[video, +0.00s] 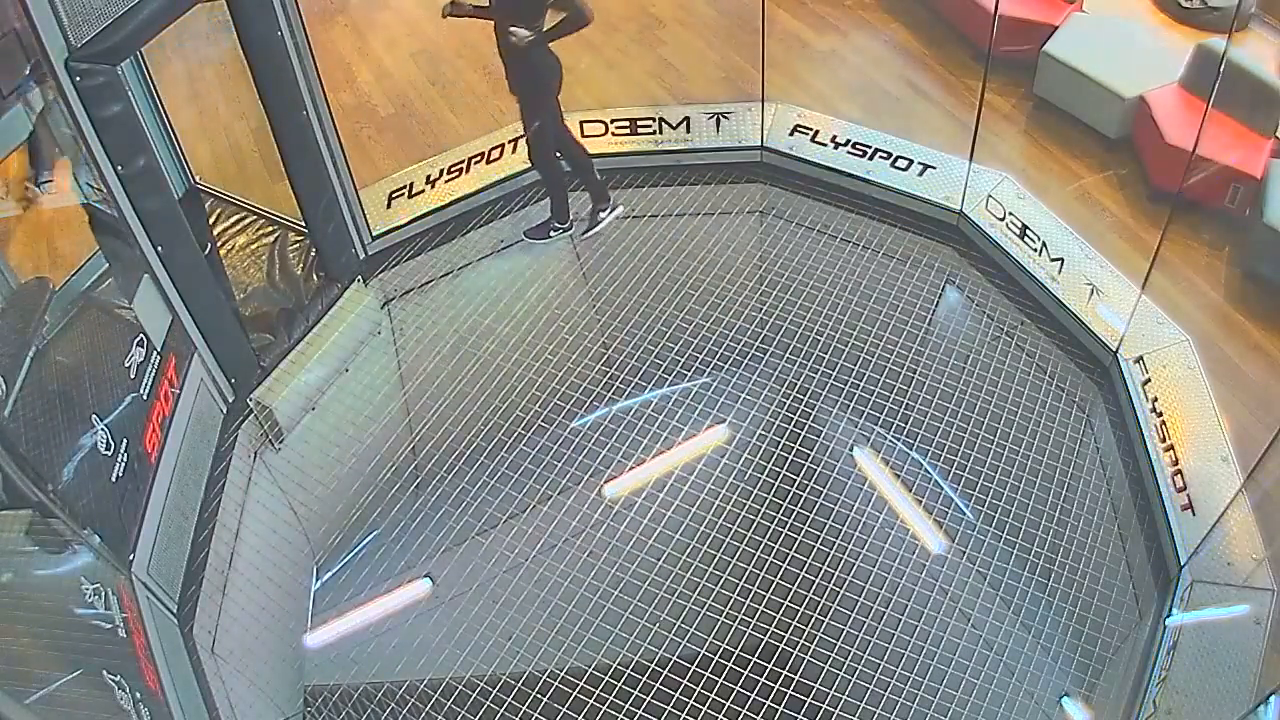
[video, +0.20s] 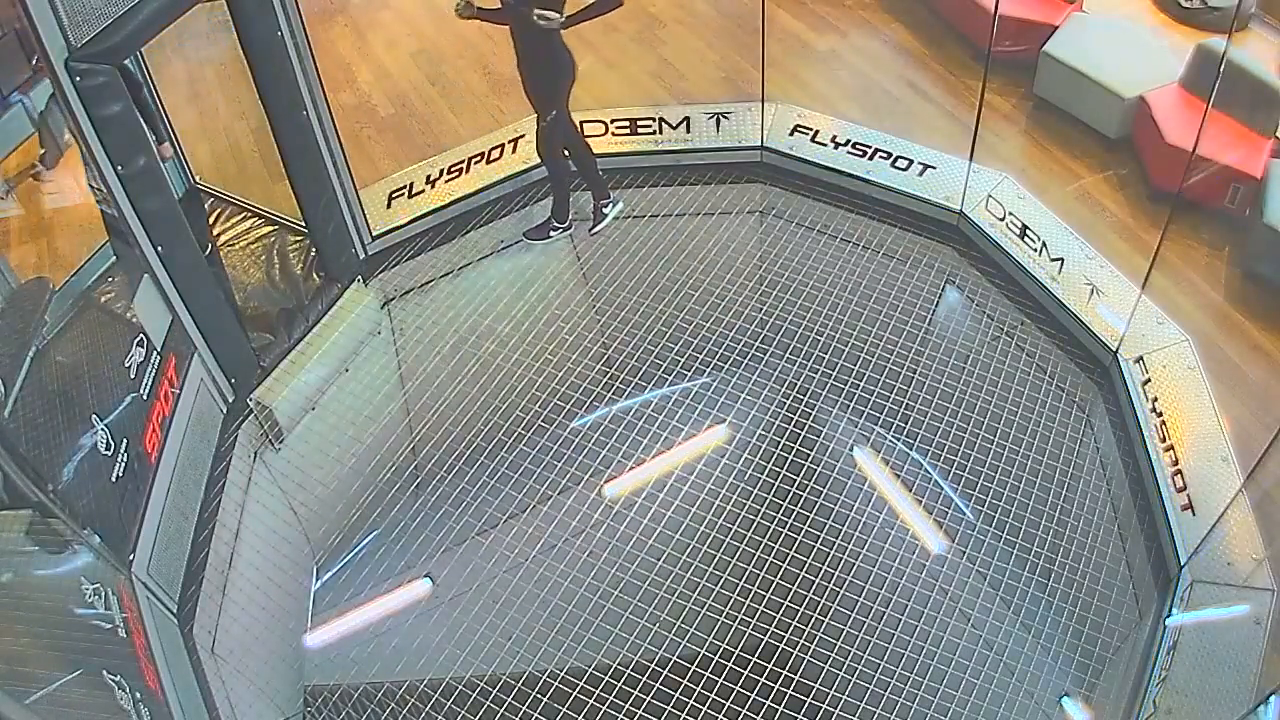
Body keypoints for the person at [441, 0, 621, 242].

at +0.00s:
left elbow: (582, 15)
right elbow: (508, 12)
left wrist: (535, 38)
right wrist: (468, 10)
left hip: (537, 72)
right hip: (523, 71)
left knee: (540, 151)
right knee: (562, 140)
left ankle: (561, 219)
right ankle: (603, 202)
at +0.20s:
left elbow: (613, 2)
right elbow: (511, 13)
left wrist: (566, 22)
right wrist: (476, 12)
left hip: (554, 64)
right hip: (529, 66)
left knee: (548, 147)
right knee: (570, 137)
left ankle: (561, 220)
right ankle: (605, 199)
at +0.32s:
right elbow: (512, 16)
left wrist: (577, 16)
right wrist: (481, 7)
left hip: (563, 62)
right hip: (535, 66)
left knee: (555, 143)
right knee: (574, 134)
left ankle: (559, 219)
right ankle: (606, 200)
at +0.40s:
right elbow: (509, 19)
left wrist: (581, 12)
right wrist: (482, 6)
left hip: (566, 62)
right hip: (538, 66)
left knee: (559, 140)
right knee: (575, 133)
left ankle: (559, 221)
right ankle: (608, 201)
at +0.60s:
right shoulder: (496, 2)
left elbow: (606, 0)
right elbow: (488, 25)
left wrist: (569, 11)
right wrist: (461, 14)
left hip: (562, 61)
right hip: (531, 67)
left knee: (560, 138)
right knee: (571, 133)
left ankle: (559, 222)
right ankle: (608, 201)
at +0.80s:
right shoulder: (479, 1)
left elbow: (598, 1)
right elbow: (463, 28)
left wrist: (554, 5)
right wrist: (428, 33)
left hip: (548, 65)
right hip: (517, 71)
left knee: (552, 144)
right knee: (562, 135)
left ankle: (557, 221)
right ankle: (604, 197)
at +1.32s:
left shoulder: (522, 3)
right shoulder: (464, 3)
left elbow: (581, 6)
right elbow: (439, 28)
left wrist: (534, 28)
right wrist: (390, 30)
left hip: (527, 75)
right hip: (498, 81)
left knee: (536, 147)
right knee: (530, 141)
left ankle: (558, 221)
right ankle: (580, 176)